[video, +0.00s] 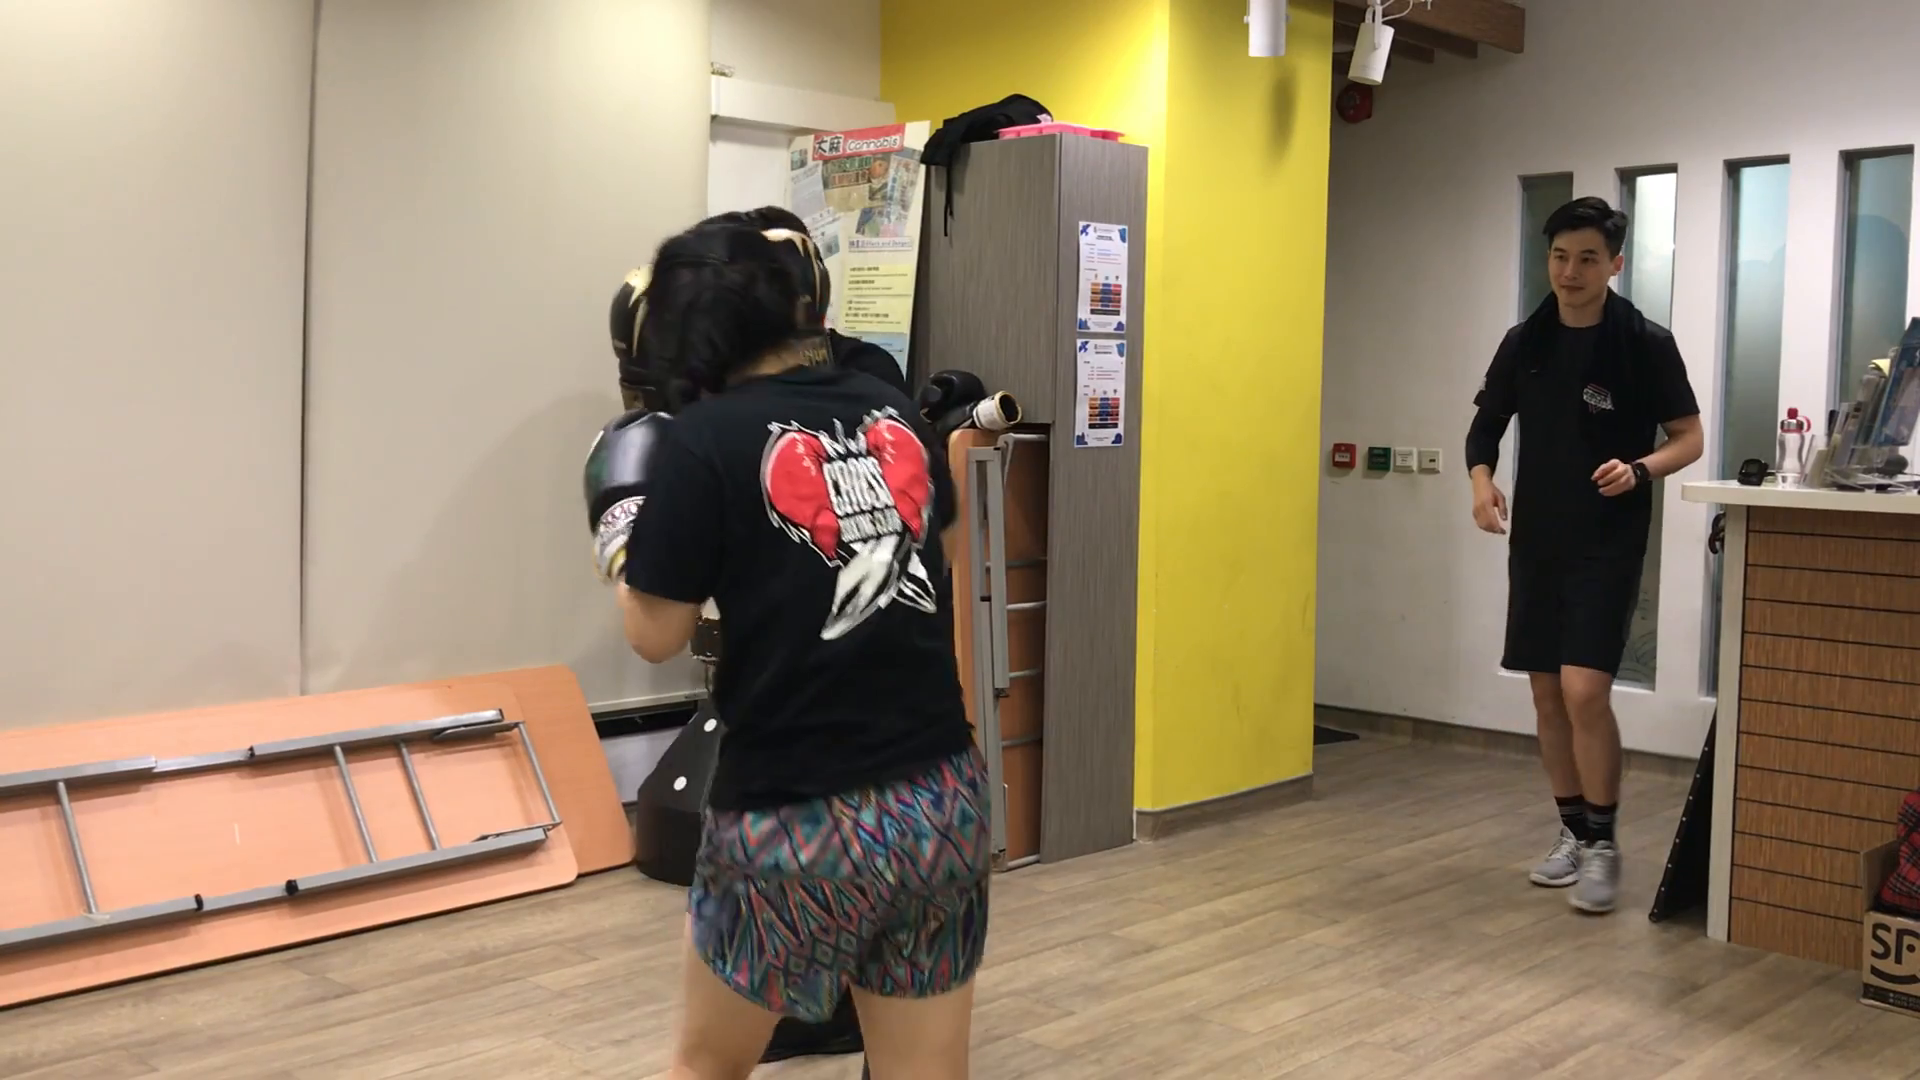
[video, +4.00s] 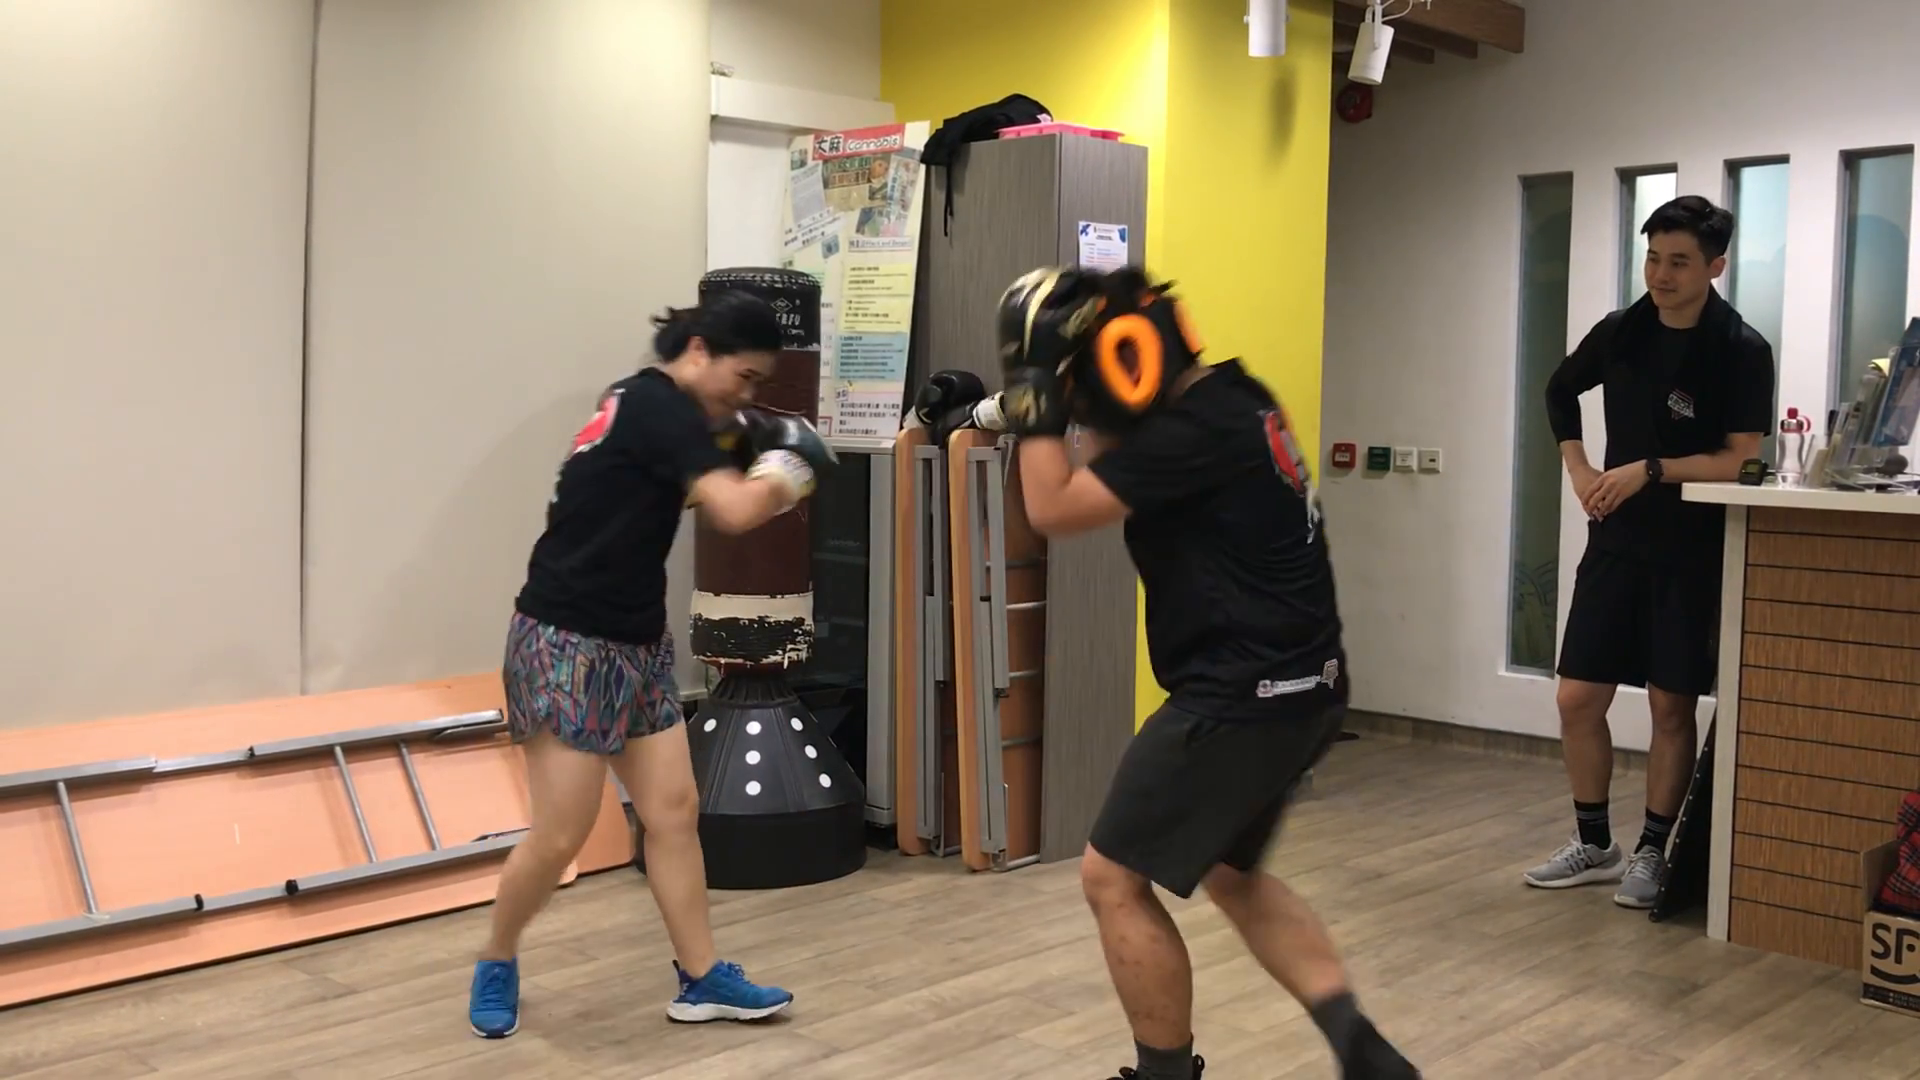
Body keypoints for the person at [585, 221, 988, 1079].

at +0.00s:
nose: (652, 344)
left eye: (660, 325)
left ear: (687, 333)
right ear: (808, 311)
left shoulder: (704, 442)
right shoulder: (891, 404)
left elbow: (655, 635)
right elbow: (943, 551)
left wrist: (624, 513)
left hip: (791, 823)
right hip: (943, 793)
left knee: (707, 1062)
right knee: (928, 1068)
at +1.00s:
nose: (804, 305)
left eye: (799, 291)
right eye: (799, 289)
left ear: (688, 305)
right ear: (779, 291)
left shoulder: (630, 404)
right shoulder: (824, 383)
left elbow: (618, 565)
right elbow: (958, 506)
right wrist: (908, 422)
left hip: (647, 732)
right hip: (768, 727)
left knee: (688, 996)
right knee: (771, 1028)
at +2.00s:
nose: (824, 335)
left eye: (825, 322)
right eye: (822, 320)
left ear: (725, 321)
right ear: (805, 318)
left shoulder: (655, 408)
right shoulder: (826, 404)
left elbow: (596, 548)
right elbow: (917, 497)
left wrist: (675, 521)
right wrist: (837, 472)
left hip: (670, 702)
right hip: (778, 707)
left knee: (732, 906)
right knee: (769, 956)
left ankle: (733, 1062)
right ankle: (703, 1070)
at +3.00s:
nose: (712, 367)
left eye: (716, 357)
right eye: (711, 353)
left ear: (622, 338)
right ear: (675, 333)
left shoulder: (547, 402)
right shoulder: (685, 392)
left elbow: (512, 537)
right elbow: (801, 428)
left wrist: (603, 489)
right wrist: (741, 471)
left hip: (568, 670)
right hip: (623, 681)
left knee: (684, 853)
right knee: (612, 904)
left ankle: (702, 1046)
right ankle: (448, 1062)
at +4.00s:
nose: (750, 395)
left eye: (757, 382)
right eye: (744, 376)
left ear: (703, 361)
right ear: (697, 351)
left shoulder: (667, 405)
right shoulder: (659, 407)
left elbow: (689, 490)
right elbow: (736, 507)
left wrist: (746, 456)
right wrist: (790, 469)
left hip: (638, 641)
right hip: (567, 640)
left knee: (673, 810)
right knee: (559, 834)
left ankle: (700, 977)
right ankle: (496, 961)